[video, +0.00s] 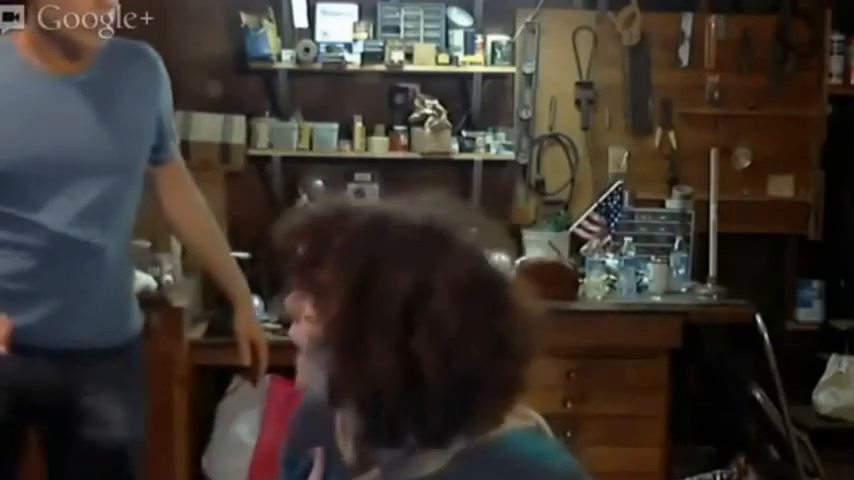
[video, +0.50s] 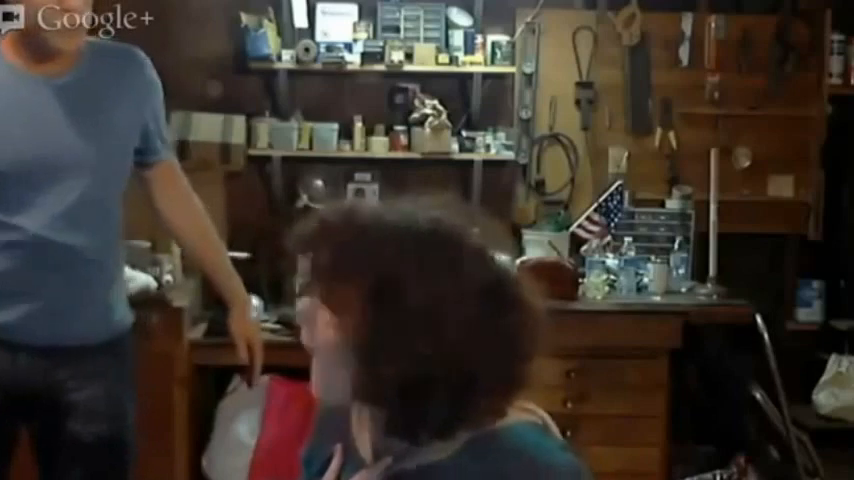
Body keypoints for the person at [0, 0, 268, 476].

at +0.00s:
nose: (110, 8)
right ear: (38, 3)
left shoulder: (140, 69)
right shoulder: (6, 66)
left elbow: (175, 184)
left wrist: (241, 297)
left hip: (108, 350)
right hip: (14, 350)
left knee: (107, 471)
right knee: (8, 469)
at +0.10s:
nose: (108, 8)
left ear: (116, 3)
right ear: (36, 4)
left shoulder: (141, 68)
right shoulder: (6, 65)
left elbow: (176, 185)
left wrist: (242, 298)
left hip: (109, 350)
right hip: (15, 349)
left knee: (110, 471)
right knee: (8, 469)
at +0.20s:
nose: (90, 9)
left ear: (113, 3)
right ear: (31, 3)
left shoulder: (142, 69)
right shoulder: (5, 66)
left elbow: (177, 183)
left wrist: (244, 298)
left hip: (108, 349)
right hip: (12, 345)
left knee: (109, 472)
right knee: (7, 470)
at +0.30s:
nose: (84, 8)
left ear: (111, 4)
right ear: (30, 2)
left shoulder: (141, 70)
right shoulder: (5, 67)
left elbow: (179, 188)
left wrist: (244, 300)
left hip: (108, 351)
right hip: (11, 346)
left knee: (109, 472)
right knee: (8, 469)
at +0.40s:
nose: (78, 7)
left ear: (108, 6)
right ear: (26, 2)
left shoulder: (138, 70)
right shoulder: (5, 69)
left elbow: (176, 184)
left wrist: (243, 297)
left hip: (106, 352)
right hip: (10, 347)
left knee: (105, 472)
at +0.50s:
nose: (67, 6)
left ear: (94, 5)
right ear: (19, 2)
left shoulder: (128, 71)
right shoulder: (5, 68)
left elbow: (170, 188)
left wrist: (238, 299)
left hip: (96, 347)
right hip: (8, 344)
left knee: (97, 471)